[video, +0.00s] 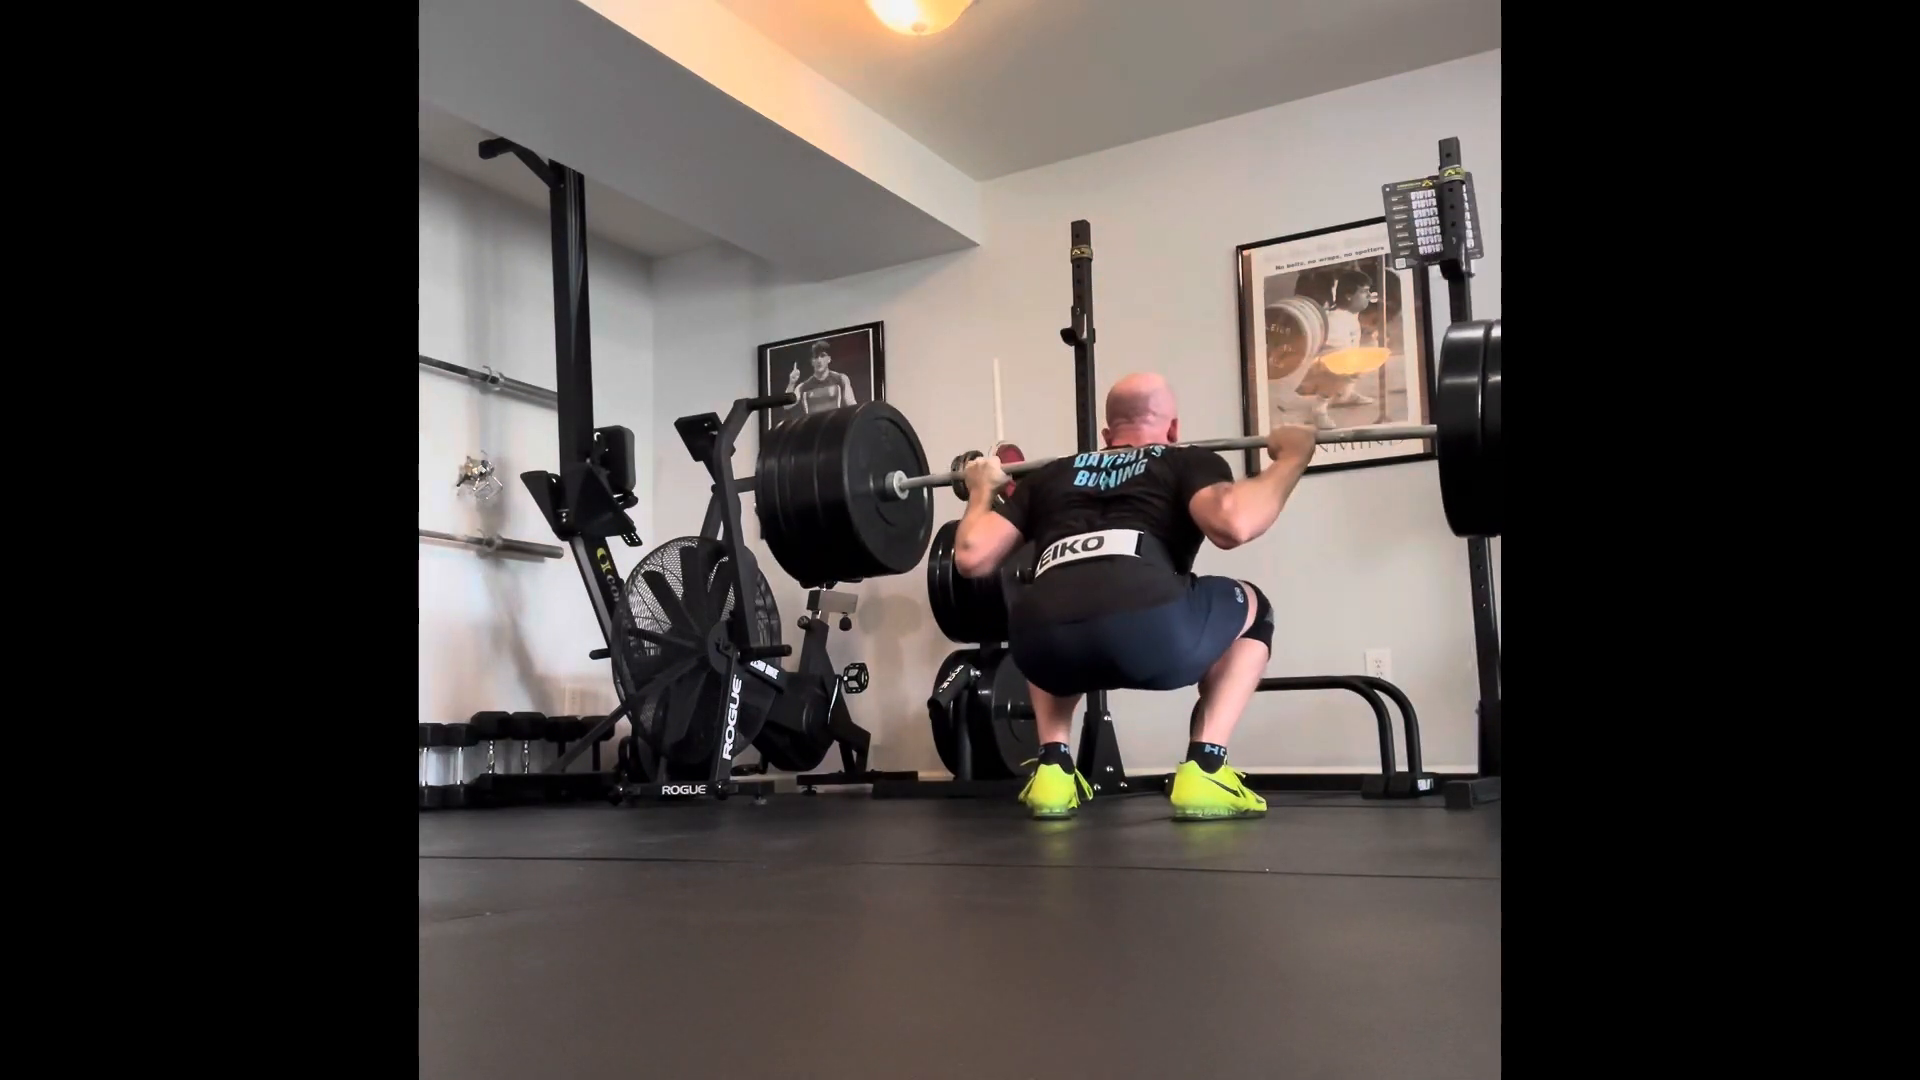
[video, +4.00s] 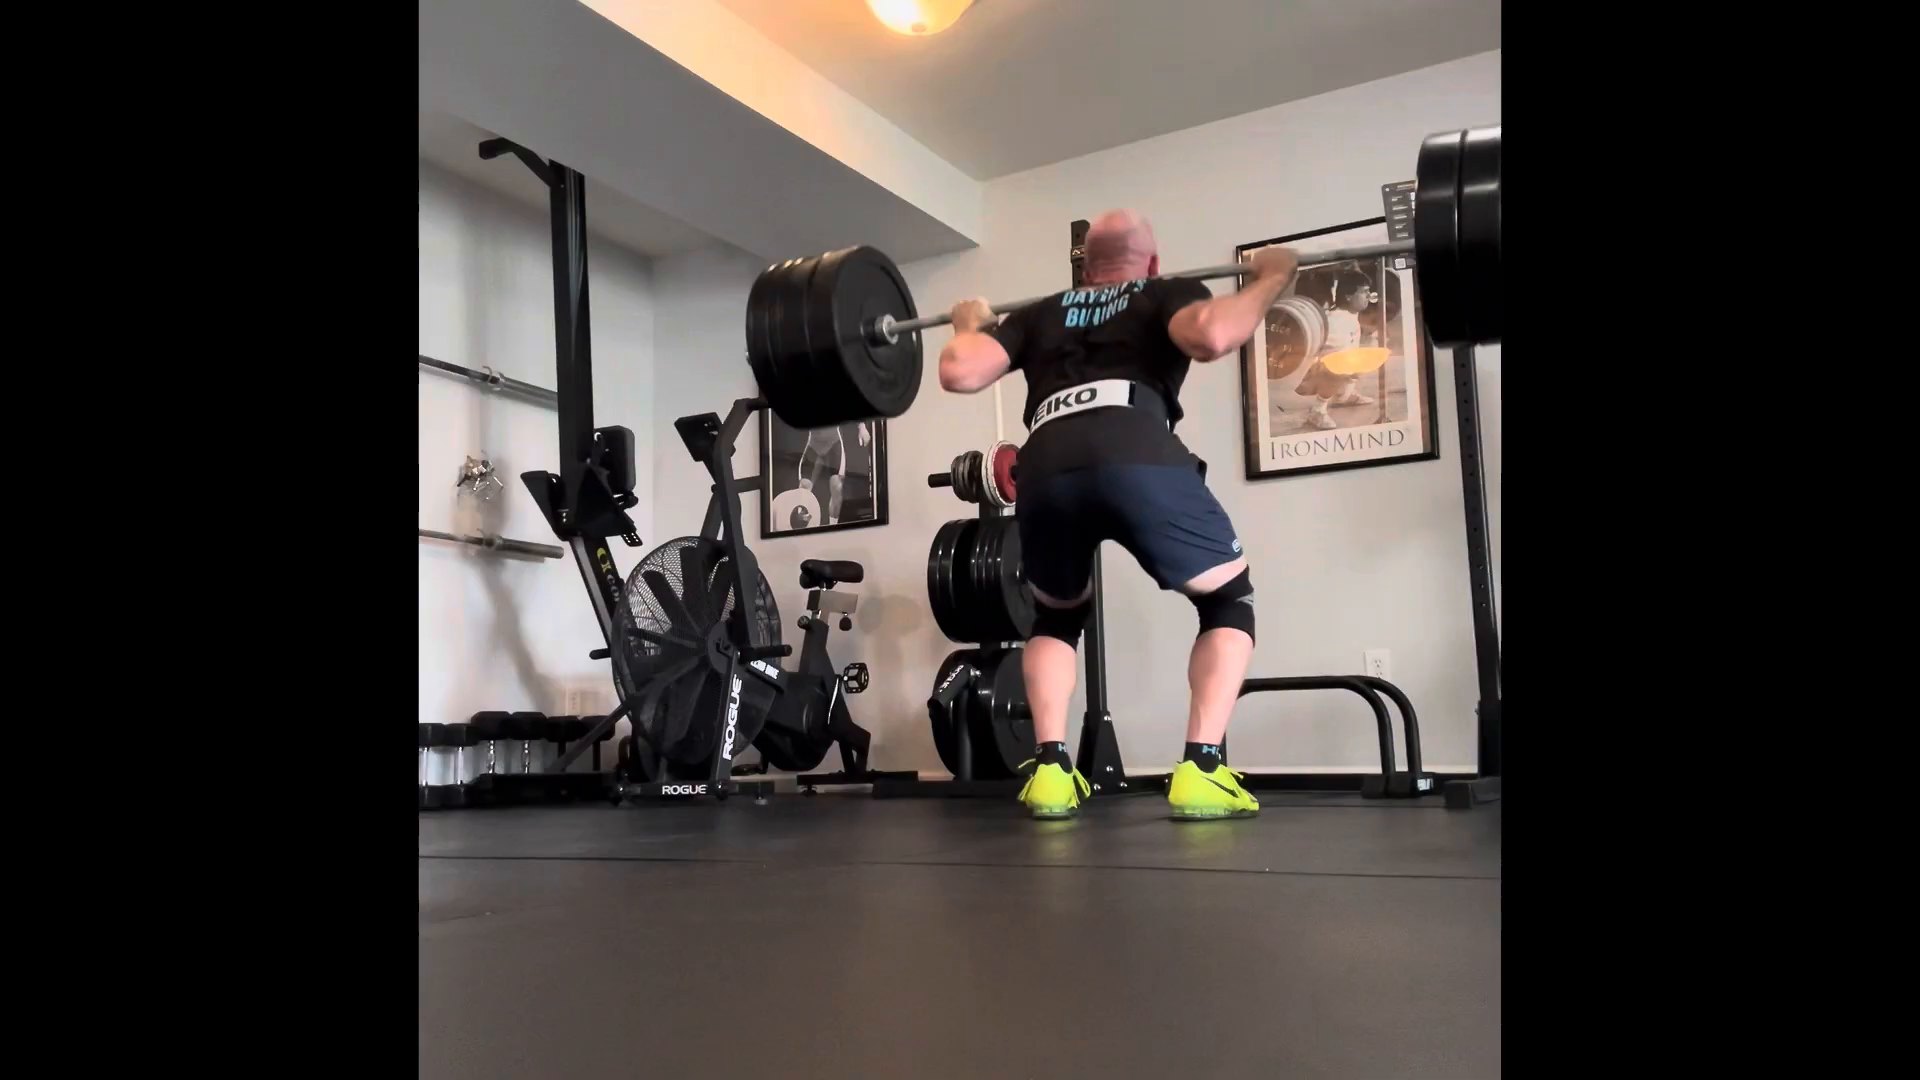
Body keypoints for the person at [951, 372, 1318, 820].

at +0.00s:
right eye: (1176, 425)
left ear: (1105, 430)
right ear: (1173, 430)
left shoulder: (1051, 474)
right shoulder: (1186, 460)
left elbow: (972, 557)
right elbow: (1232, 523)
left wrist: (980, 490)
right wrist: (1292, 457)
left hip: (1044, 630)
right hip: (1147, 620)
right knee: (1254, 609)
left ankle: (1053, 769)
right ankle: (1204, 768)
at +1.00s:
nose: (1156, 193)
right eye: (1157, 185)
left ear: (1088, 193)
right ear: (1157, 190)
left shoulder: (1045, 250)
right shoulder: (1170, 225)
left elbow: (970, 319)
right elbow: (1212, 272)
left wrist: (967, 267)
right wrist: (1269, 215)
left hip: (1056, 418)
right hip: (1147, 405)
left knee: (1080, 593)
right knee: (1213, 583)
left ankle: (1055, 764)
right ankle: (1204, 764)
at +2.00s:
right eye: (1132, 134)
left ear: (1068, 145)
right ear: (1136, 137)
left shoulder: (1027, 203)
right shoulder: (1149, 164)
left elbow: (951, 277)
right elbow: (1205, 208)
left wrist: (953, 213)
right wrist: (1261, 143)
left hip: (1059, 383)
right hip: (1147, 375)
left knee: (1055, 574)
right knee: (1167, 572)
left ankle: (1050, 764)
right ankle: (1197, 765)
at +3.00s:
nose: (1147, 151)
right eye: (1152, 142)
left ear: (1085, 153)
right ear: (1154, 147)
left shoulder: (1045, 203)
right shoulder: (1167, 179)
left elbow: (969, 262)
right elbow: (1218, 220)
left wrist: (969, 215)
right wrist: (1272, 159)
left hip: (1066, 383)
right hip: (1153, 380)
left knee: (1056, 574)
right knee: (1170, 571)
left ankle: (1050, 764)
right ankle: (1197, 763)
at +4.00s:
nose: (1152, 264)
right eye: (1152, 256)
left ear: (1083, 263)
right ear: (1152, 262)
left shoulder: (1040, 313)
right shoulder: (1165, 291)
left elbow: (957, 374)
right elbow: (1214, 336)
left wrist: (967, 324)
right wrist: (1268, 280)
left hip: (1045, 460)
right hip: (1138, 449)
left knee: (1056, 616)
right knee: (1226, 603)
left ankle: (1050, 766)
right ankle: (1201, 766)